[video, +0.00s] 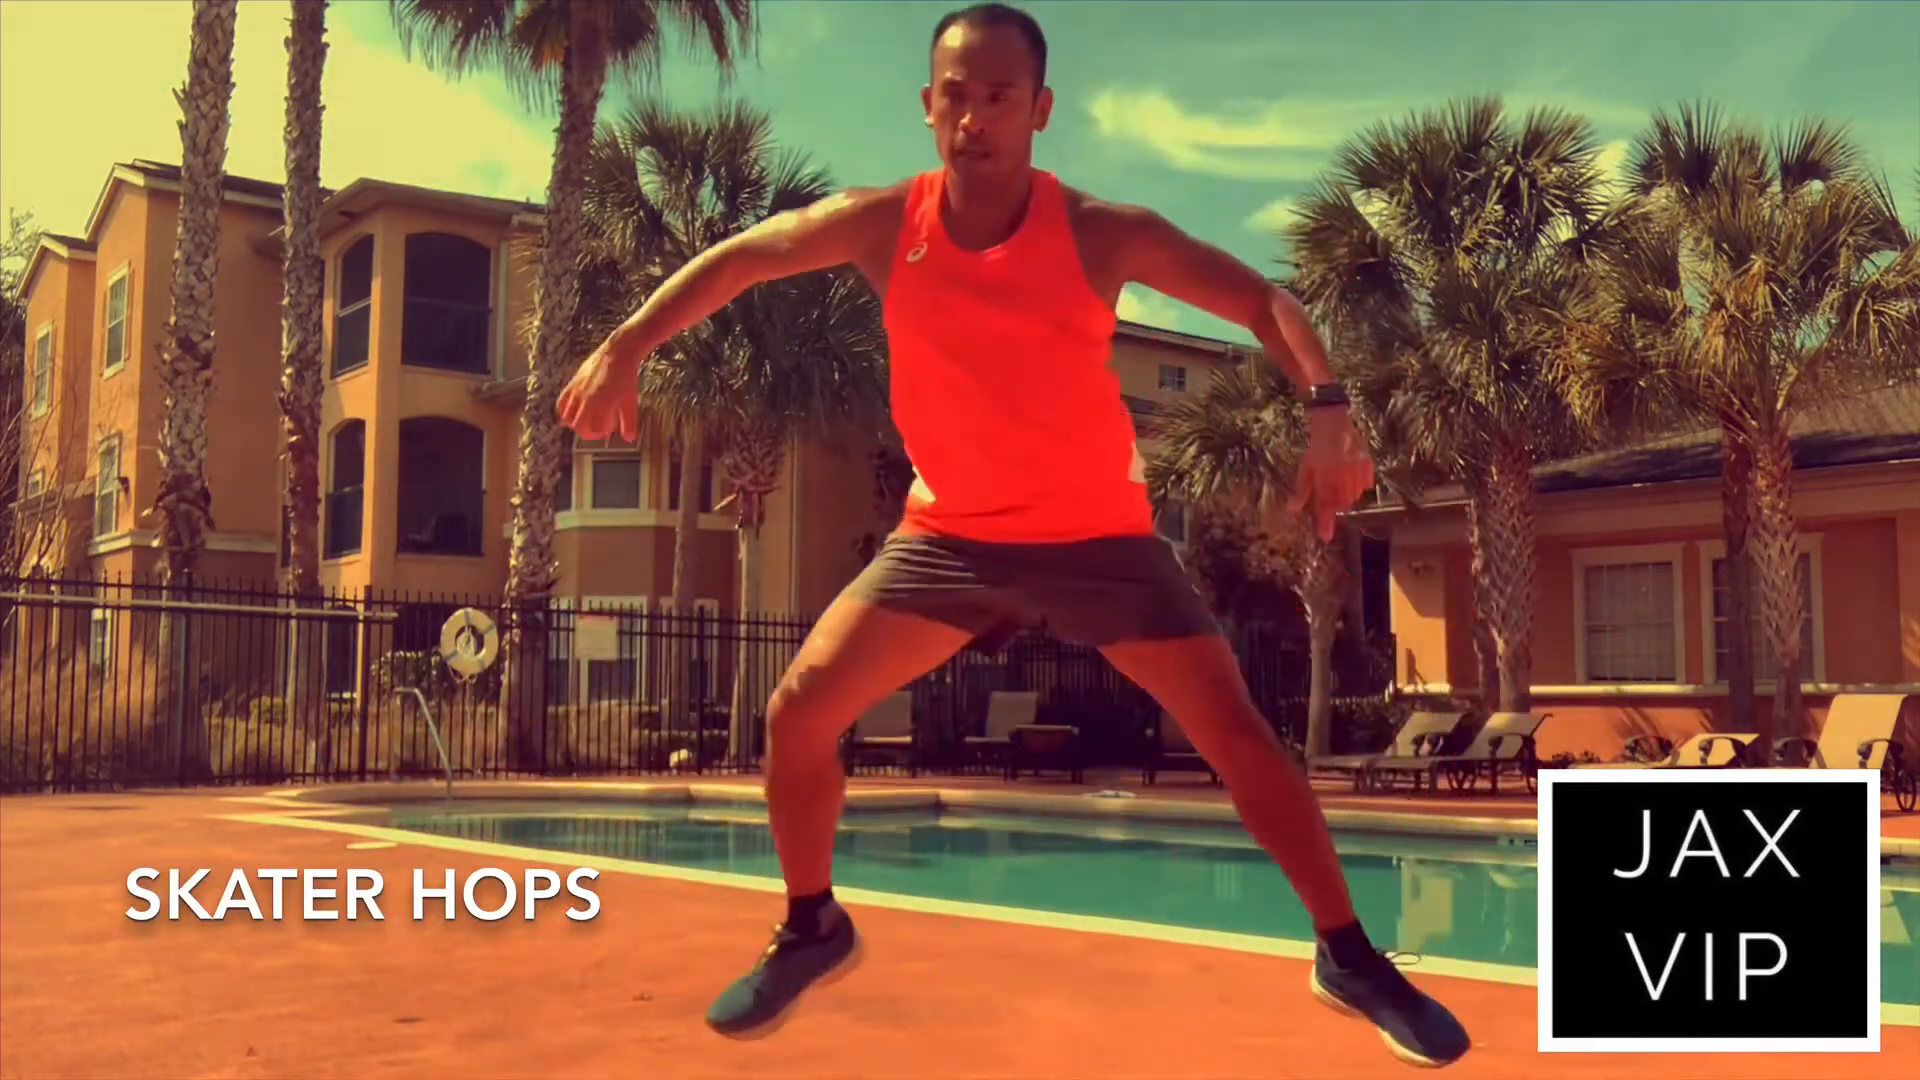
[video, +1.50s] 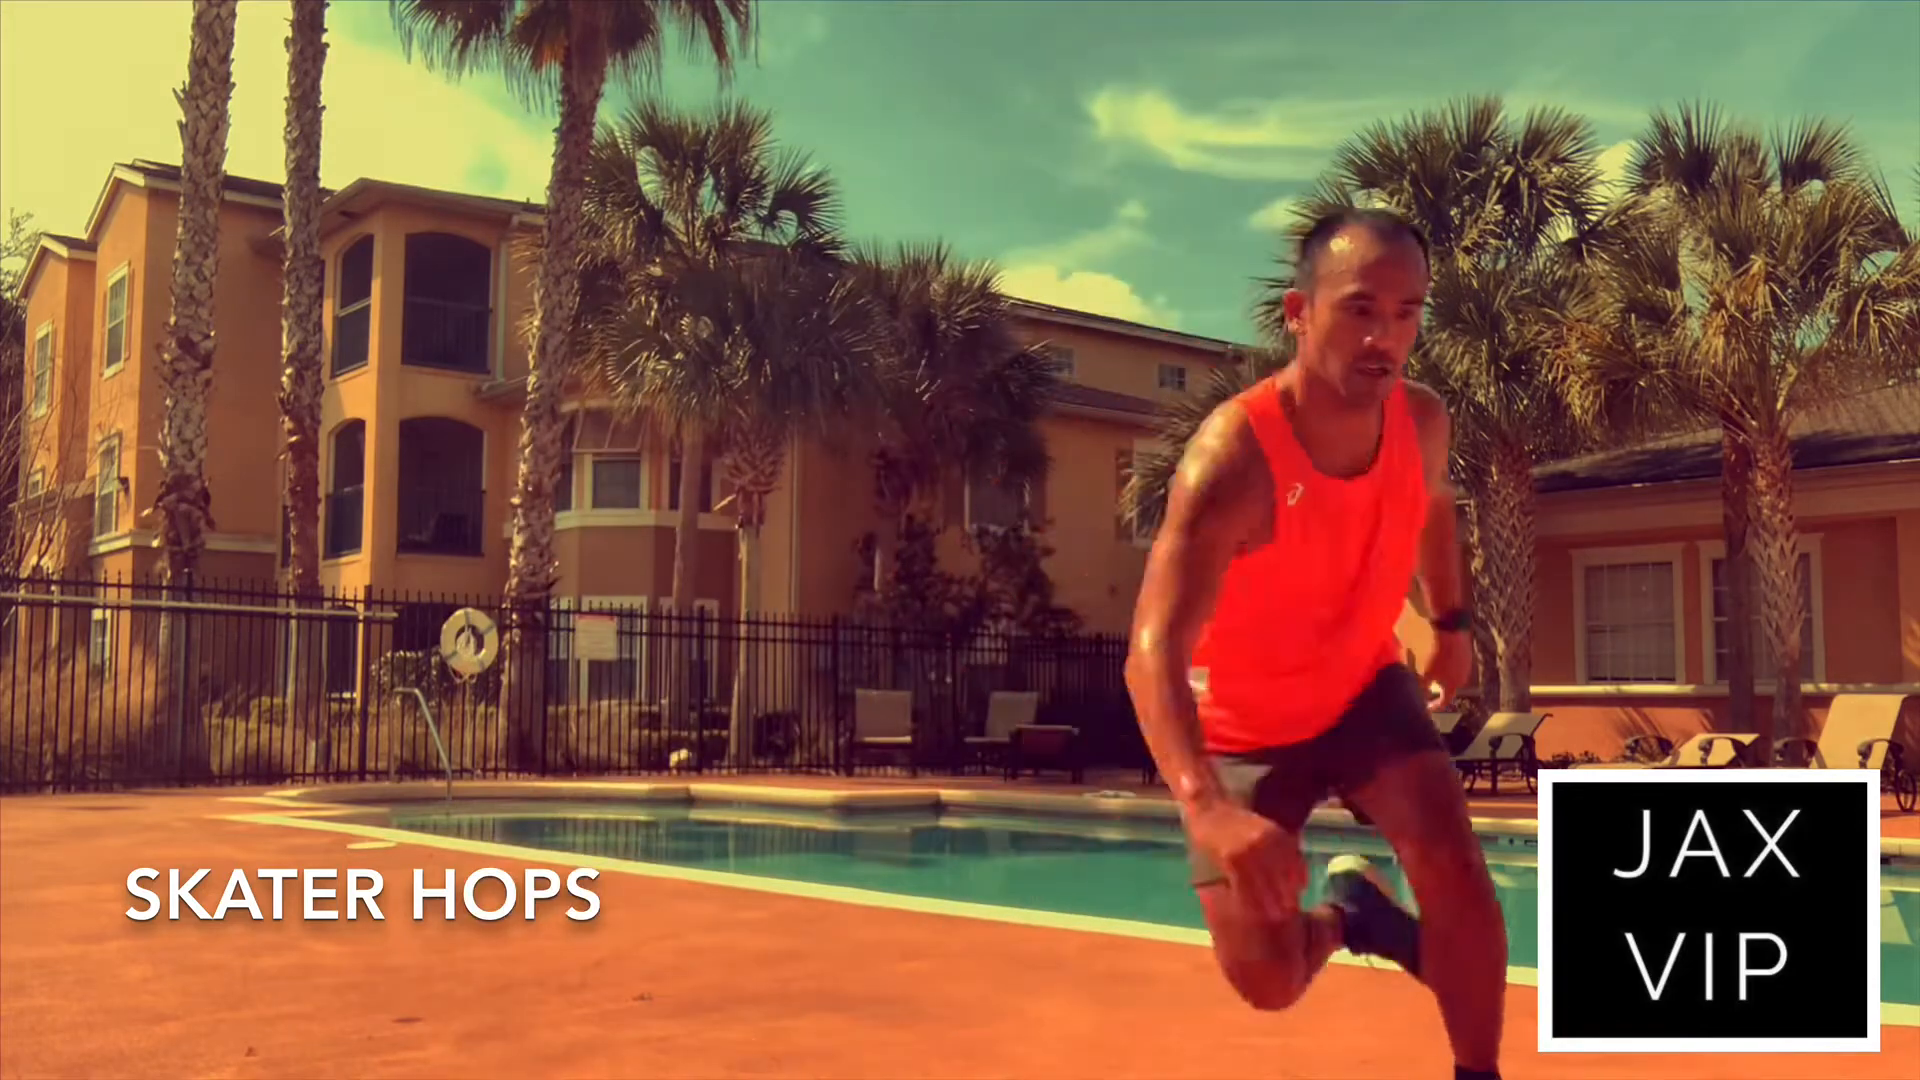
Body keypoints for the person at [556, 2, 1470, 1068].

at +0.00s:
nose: (975, 116)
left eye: (998, 95)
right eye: (956, 95)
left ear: (1040, 108)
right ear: (926, 107)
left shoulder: (1104, 238)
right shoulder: (879, 224)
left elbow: (1267, 305)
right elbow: (738, 260)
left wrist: (1330, 412)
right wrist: (620, 351)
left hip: (1105, 544)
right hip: (945, 542)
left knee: (1235, 734)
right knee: (799, 711)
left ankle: (1351, 950)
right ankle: (812, 925)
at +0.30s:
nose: (634, 282)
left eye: (664, 260)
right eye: (622, 258)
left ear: (723, 275)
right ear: (607, 265)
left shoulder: (777, 412)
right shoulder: (574, 382)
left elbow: (861, 575)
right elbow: (579, 518)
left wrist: (854, 730)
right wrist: (590, 640)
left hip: (761, 683)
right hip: (624, 664)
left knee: (792, 928)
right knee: (553, 847)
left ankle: (721, 831)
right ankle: (530, 1067)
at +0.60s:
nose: (525, 453)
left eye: (555, 429)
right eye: (513, 427)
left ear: (619, 441)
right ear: (497, 431)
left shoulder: (666, 597)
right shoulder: (488, 524)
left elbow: (547, 782)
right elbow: (511, 619)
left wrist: (374, 853)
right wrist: (483, 641)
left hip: (607, 813)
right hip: (502, 735)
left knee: (449, 989)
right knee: (508, 846)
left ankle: (335, 995)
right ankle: (525, 1071)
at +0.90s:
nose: (639, 335)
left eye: (666, 313)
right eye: (621, 309)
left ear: (712, 326)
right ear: (594, 319)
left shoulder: (770, 471)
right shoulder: (566, 460)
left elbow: (787, 672)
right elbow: (510, 596)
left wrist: (700, 828)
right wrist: (425, 712)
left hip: (705, 733)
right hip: (594, 680)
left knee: (608, 960)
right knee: (560, 851)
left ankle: (511, 930)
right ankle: (530, 1072)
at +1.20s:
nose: (1022, 180)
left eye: (1047, 158)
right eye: (1001, 151)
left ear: (1075, 159)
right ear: (958, 143)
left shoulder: (1106, 267)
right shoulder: (879, 265)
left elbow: (1183, 320)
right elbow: (776, 354)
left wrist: (1236, 441)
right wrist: (683, 442)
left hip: (1031, 588)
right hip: (866, 591)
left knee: (1190, 762)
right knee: (735, 788)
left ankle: (1320, 972)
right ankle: (599, 1010)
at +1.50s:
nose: (1385, 336)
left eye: (1404, 312)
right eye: (1360, 309)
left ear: (1420, 322)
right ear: (1298, 314)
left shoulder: (1420, 424)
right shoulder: (1231, 452)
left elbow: (1433, 514)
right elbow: (1152, 648)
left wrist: (1453, 622)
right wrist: (1206, 807)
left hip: (1363, 689)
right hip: (1237, 727)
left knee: (1456, 873)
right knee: (1266, 984)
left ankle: (1478, 1072)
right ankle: (1350, 910)